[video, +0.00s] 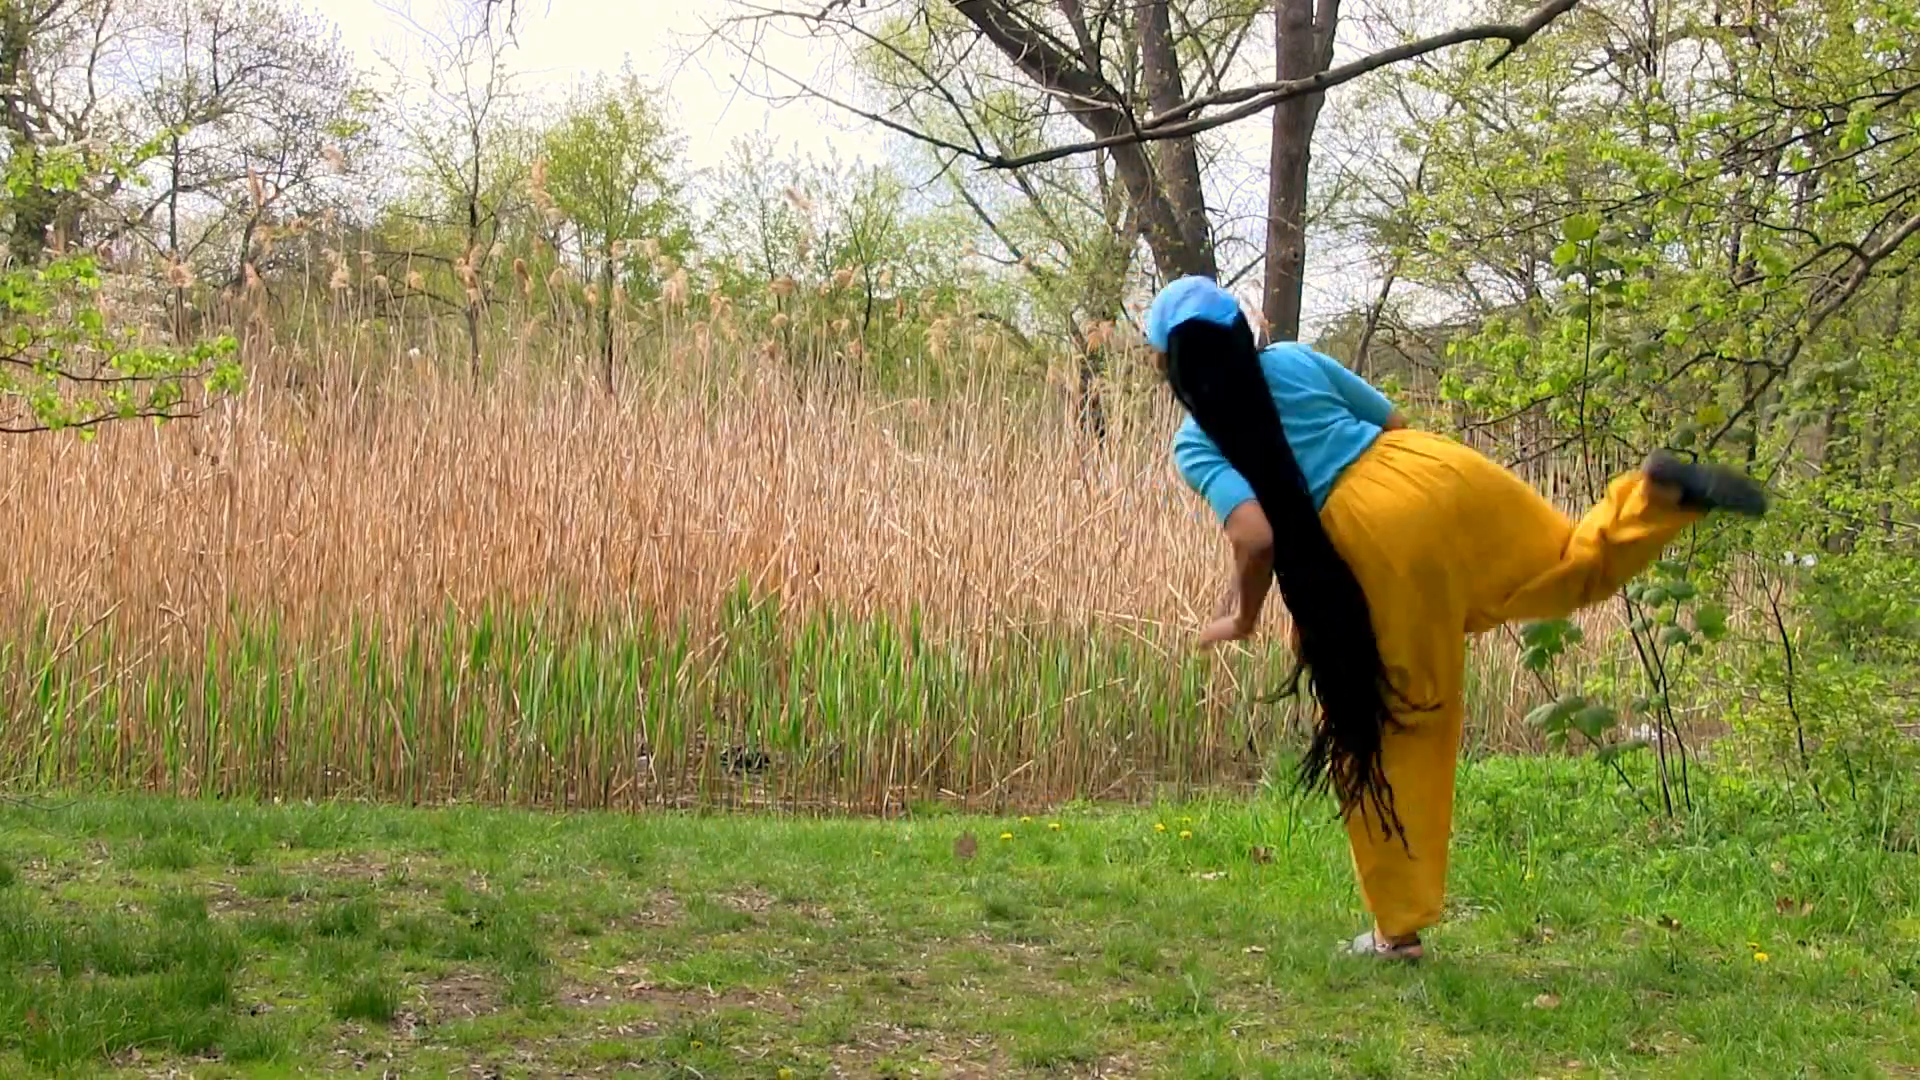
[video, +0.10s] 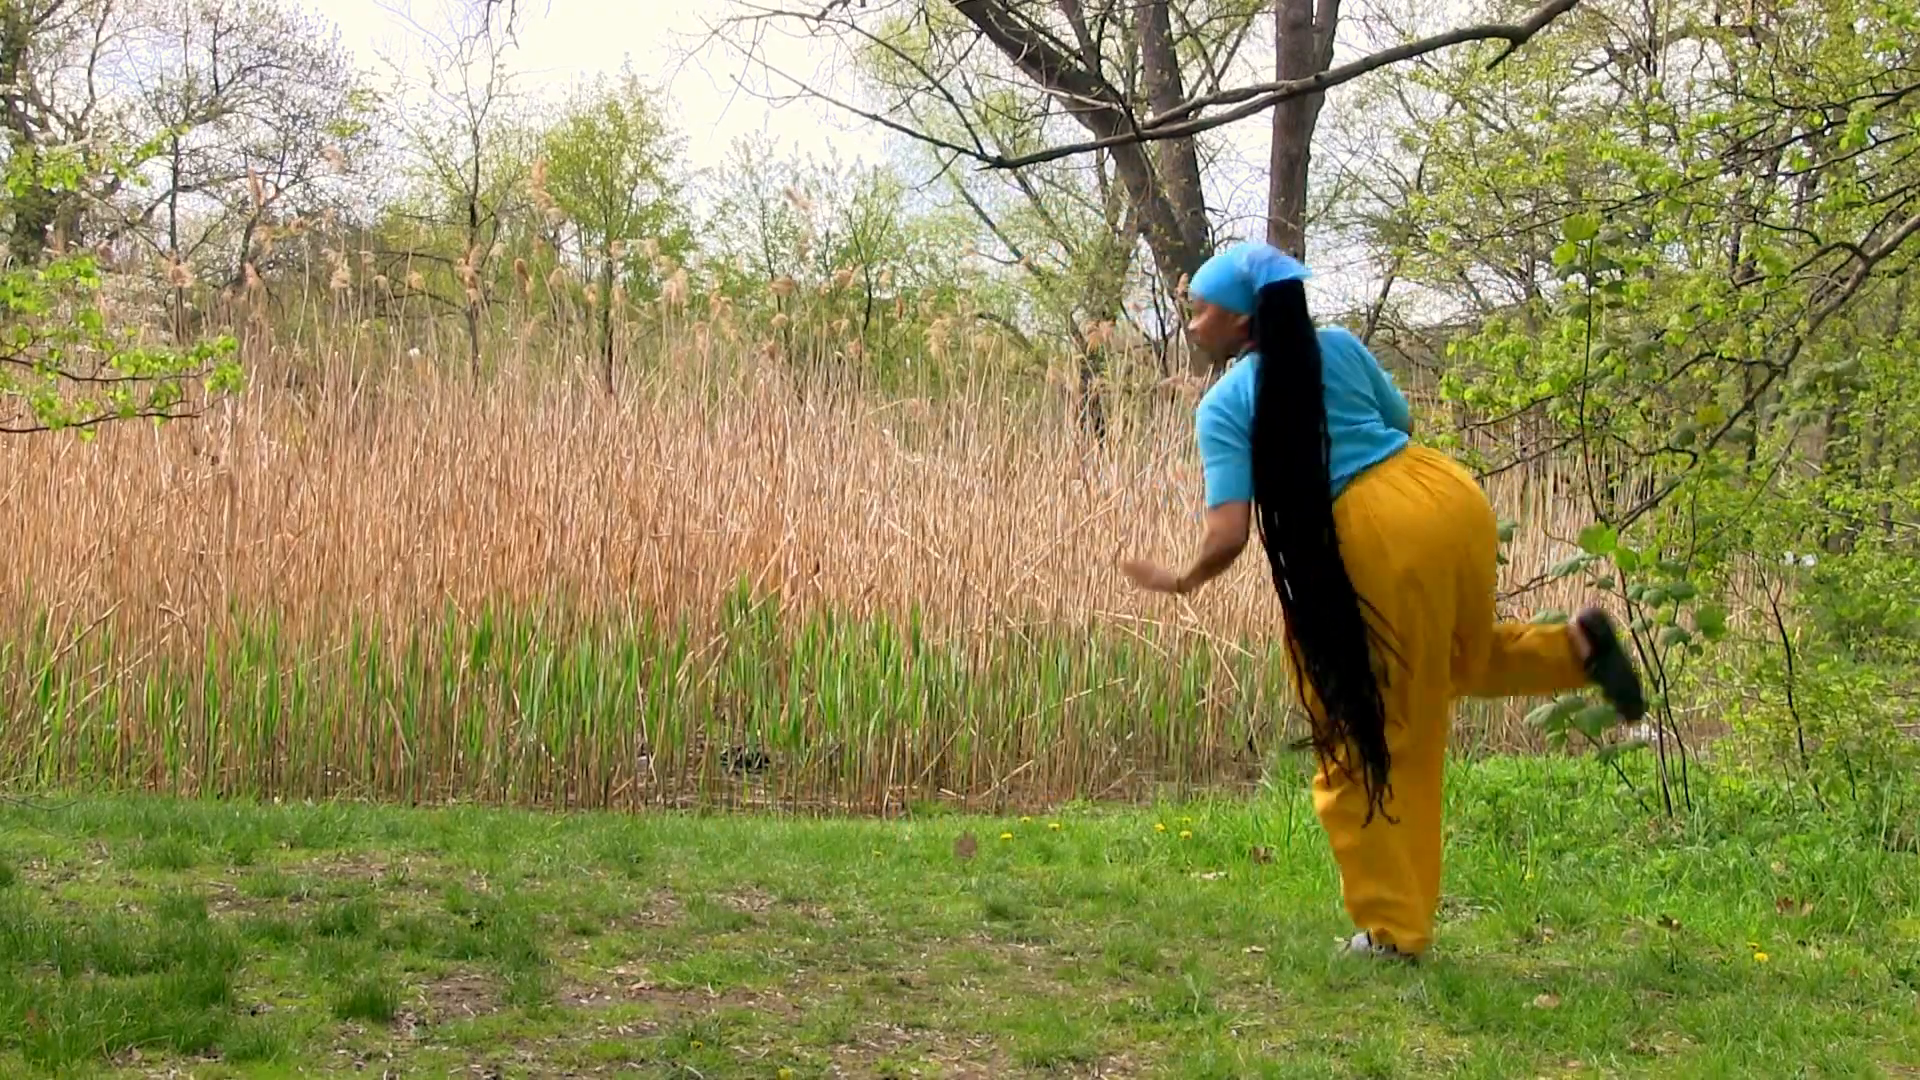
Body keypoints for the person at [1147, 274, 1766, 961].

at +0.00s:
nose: (1157, 364)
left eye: (1157, 352)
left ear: (1169, 362)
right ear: (1242, 330)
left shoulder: (1194, 438)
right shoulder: (1297, 358)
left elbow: (1254, 529)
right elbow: (1383, 414)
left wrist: (1242, 615)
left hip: (1358, 533)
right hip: (1421, 464)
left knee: (1385, 728)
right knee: (1569, 568)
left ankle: (1399, 930)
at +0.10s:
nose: (1189, 321)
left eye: (1200, 309)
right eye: (1192, 307)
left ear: (1243, 319)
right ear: (1257, 315)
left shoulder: (1225, 403)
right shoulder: (1339, 346)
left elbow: (1228, 531)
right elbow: (1396, 418)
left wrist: (1181, 579)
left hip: (1377, 538)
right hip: (1452, 494)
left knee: (1377, 735)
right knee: (1462, 661)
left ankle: (1393, 929)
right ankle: (1577, 650)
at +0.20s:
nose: (1248, 283)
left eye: (1260, 271)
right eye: (1252, 269)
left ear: (1302, 285)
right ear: (1316, 285)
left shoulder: (1266, 359)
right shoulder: (1377, 339)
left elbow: (1208, 483)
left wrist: (1164, 467)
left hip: (1378, 526)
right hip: (1445, 506)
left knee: (1362, 720)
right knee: (1343, 662)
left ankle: (1388, 927)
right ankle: (1476, 711)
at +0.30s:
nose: (1297, 256)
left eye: (1310, 246)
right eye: (1300, 243)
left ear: (1348, 258)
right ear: (1351, 260)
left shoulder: (1321, 323)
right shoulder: (1370, 320)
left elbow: (1217, 401)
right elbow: (1285, 380)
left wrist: (1219, 366)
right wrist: (1230, 332)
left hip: (1381, 520)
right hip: (1416, 505)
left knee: (1353, 723)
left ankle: (1395, 928)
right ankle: (1393, 672)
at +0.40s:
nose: (1321, 248)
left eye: (1335, 236)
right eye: (1326, 236)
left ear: (1376, 250)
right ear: (1371, 253)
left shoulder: (1375, 307)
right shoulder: (1356, 321)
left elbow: (1248, 337)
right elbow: (1277, 394)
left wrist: (1259, 307)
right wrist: (1194, 365)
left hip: (1388, 523)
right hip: (1331, 499)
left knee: (1349, 717)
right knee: (1188, 547)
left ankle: (1401, 919)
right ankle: (1288, 685)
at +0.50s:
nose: (1329, 257)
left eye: (1344, 245)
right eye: (1332, 244)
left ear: (1389, 258)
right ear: (1366, 259)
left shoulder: (1409, 322)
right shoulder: (1350, 331)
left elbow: (1304, 384)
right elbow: (1277, 417)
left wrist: (1275, 331)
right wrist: (1210, 405)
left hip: (1376, 537)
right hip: (1305, 504)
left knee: (1345, 711)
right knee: (1158, 539)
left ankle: (1376, 903)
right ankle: (1214, 690)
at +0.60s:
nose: (1325, 285)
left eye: (1340, 274)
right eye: (1328, 271)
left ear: (1386, 286)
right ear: (1355, 282)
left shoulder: (1432, 367)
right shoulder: (1327, 348)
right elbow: (1265, 450)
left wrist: (1301, 424)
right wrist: (1198, 492)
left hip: (1364, 570)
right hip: (1275, 532)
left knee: (1345, 744)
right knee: (1136, 600)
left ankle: (1364, 914)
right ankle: (1134, 765)